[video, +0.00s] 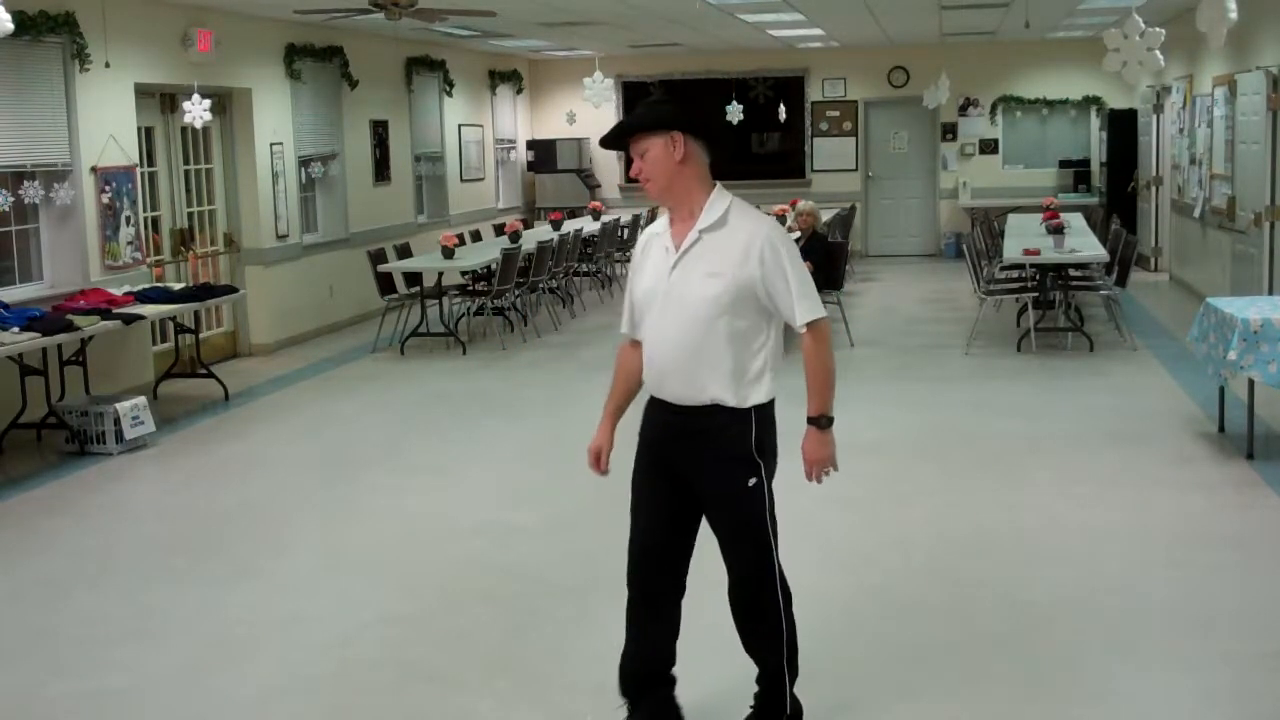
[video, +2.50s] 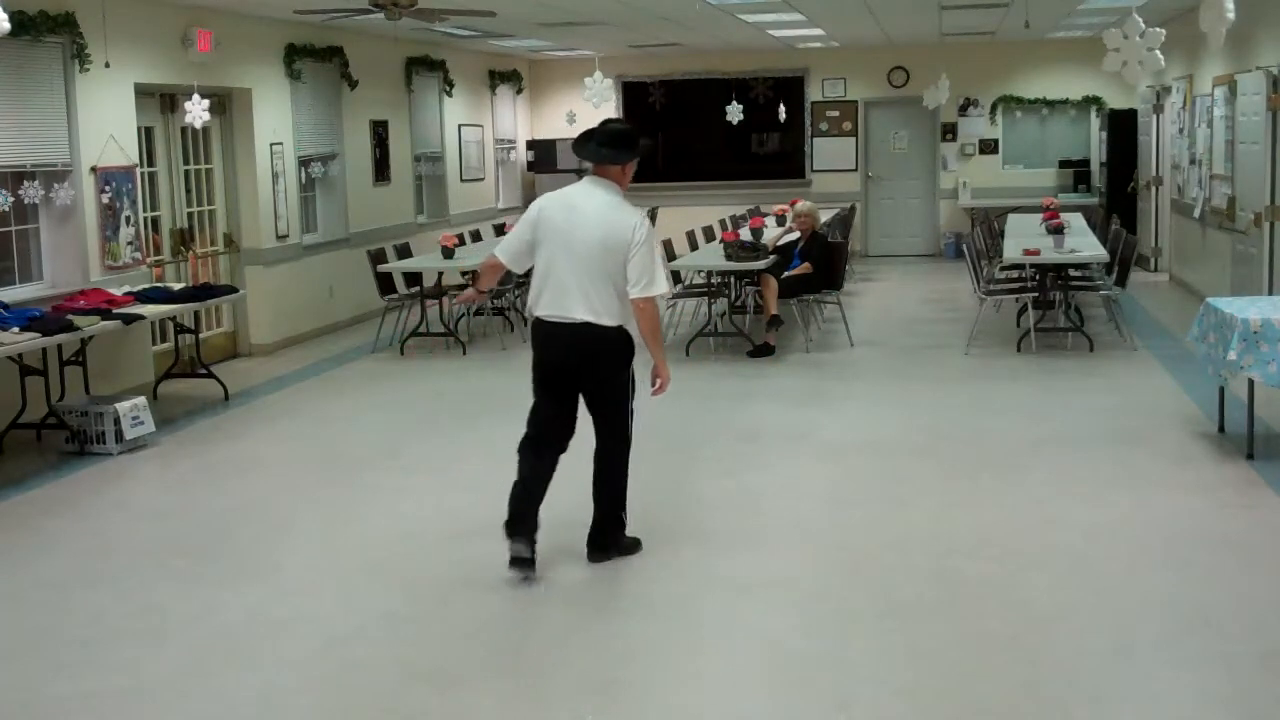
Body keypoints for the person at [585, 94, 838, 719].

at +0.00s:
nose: (632, 171)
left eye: (640, 156)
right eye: (630, 159)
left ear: (677, 149)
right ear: (667, 155)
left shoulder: (757, 233)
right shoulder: (650, 241)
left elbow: (815, 326)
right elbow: (634, 342)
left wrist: (819, 424)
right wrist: (607, 421)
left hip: (736, 428)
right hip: (663, 428)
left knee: (754, 577)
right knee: (650, 578)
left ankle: (778, 701)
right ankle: (649, 706)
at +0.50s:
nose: (650, 165)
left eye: (648, 155)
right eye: (652, 155)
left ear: (656, 154)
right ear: (708, 155)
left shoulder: (671, 226)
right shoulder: (741, 221)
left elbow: (654, 331)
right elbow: (763, 322)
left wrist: (619, 422)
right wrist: (765, 392)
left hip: (688, 406)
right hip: (743, 398)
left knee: (692, 544)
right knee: (737, 536)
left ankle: (737, 688)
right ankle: (733, 668)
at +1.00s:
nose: (644, 168)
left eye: (629, 160)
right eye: (661, 157)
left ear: (623, 163)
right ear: (675, 161)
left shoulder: (596, 234)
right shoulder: (715, 225)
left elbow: (586, 332)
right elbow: (751, 310)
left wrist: (623, 361)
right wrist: (787, 385)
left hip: (630, 394)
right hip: (702, 389)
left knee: (620, 507)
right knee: (695, 510)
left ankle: (667, 626)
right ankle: (679, 639)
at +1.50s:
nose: (633, 172)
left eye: (628, 163)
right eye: (631, 164)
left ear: (584, 166)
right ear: (623, 167)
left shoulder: (550, 224)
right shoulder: (632, 218)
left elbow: (539, 301)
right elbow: (647, 295)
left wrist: (579, 336)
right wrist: (690, 362)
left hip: (566, 369)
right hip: (626, 366)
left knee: (575, 484)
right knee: (649, 492)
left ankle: (579, 593)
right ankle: (647, 622)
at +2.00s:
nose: (606, 177)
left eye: (604, 169)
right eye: (604, 170)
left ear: (560, 168)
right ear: (596, 173)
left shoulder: (512, 213)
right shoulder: (599, 229)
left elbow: (465, 282)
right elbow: (603, 313)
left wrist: (435, 332)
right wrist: (618, 379)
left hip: (503, 350)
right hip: (557, 359)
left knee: (513, 461)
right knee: (528, 470)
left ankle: (501, 565)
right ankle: (483, 586)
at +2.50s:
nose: (633, 172)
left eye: (632, 165)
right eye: (632, 165)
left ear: (587, 162)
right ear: (624, 167)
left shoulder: (547, 205)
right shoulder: (632, 222)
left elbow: (496, 265)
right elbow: (642, 299)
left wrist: (480, 287)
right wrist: (659, 358)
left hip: (549, 339)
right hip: (606, 344)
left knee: (546, 431)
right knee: (613, 440)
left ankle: (520, 530)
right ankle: (606, 536)